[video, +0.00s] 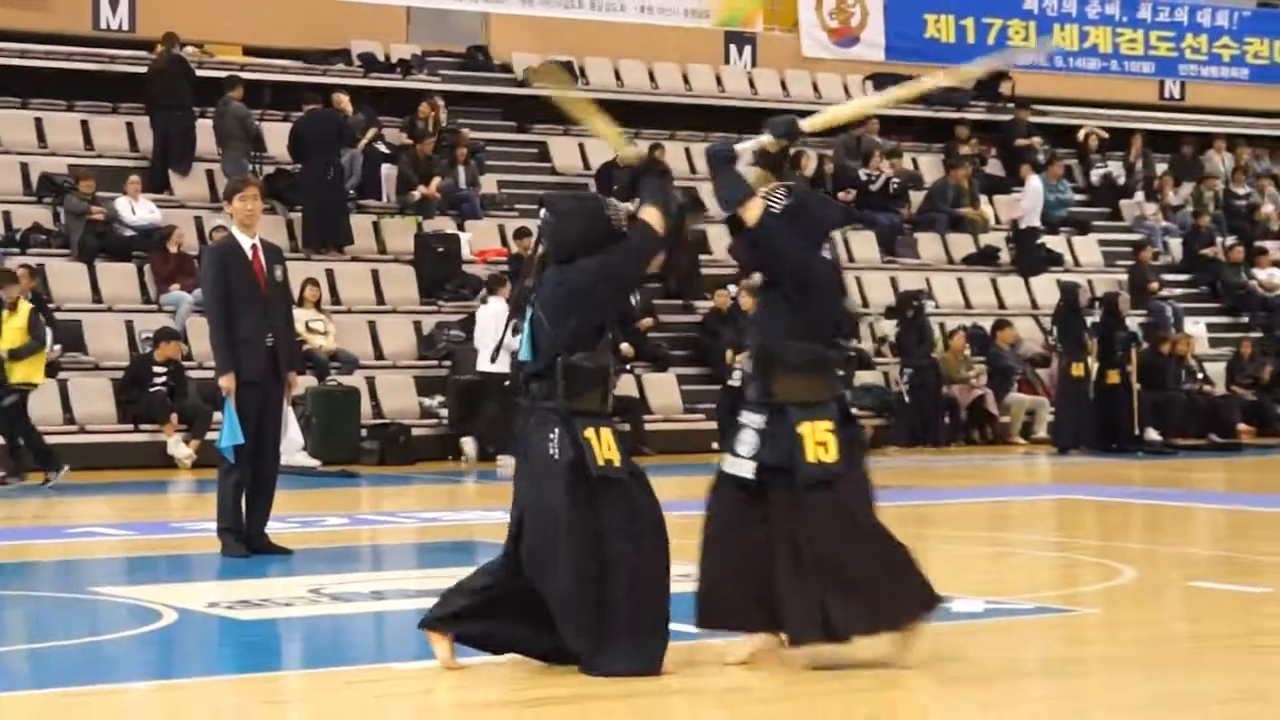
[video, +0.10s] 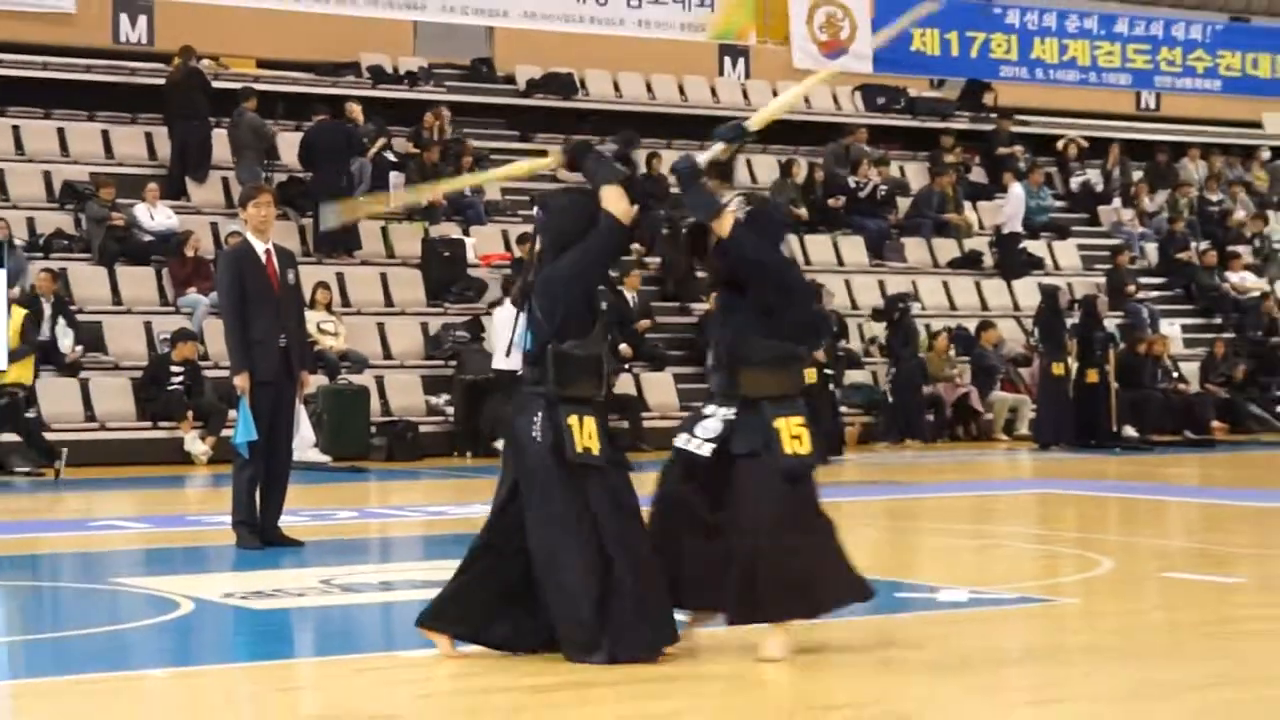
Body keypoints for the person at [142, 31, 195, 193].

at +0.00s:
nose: (179, 47)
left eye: (177, 45)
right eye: (178, 45)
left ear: (162, 44)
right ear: (176, 45)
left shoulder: (154, 64)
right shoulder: (180, 62)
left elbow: (149, 91)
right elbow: (192, 81)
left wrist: (151, 112)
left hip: (160, 113)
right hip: (180, 113)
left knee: (160, 151)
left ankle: (157, 187)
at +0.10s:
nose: (195, 60)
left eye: (193, 57)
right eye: (194, 57)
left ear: (179, 57)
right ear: (193, 57)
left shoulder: (172, 75)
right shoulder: (197, 73)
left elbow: (167, 101)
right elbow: (209, 92)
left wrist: (169, 123)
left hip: (177, 122)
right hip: (197, 122)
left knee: (177, 160)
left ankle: (174, 195)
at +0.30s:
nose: (214, 72)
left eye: (212, 69)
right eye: (213, 69)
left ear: (198, 69)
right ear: (211, 69)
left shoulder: (191, 87)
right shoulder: (214, 84)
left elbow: (187, 113)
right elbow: (226, 100)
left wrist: (189, 134)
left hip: (196, 132)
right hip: (215, 131)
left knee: (196, 166)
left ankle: (194, 198)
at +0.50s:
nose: (228, 80)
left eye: (226, 77)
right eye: (228, 77)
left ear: (214, 78)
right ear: (227, 78)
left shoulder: (208, 95)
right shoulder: (231, 93)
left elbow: (203, 118)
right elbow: (241, 111)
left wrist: (205, 138)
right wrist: (239, 131)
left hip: (212, 138)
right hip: (230, 138)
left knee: (212, 172)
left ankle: (210, 204)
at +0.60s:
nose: (244, 90)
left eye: (242, 88)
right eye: (243, 88)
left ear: (230, 88)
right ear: (242, 88)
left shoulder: (223, 104)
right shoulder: (245, 103)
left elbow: (217, 126)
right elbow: (253, 122)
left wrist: (219, 145)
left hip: (226, 146)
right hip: (243, 146)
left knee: (225, 180)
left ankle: (224, 209)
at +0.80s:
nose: (260, 101)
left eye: (260, 99)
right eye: (259, 99)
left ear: (246, 98)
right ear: (256, 98)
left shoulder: (237, 113)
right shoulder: (259, 112)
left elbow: (231, 133)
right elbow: (268, 131)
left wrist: (232, 149)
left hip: (239, 153)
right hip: (257, 153)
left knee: (237, 186)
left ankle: (234, 214)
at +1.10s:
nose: (278, 105)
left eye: (277, 102)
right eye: (276, 102)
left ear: (264, 100)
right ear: (272, 101)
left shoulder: (257, 114)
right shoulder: (271, 114)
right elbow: (279, 134)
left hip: (255, 153)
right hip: (268, 154)